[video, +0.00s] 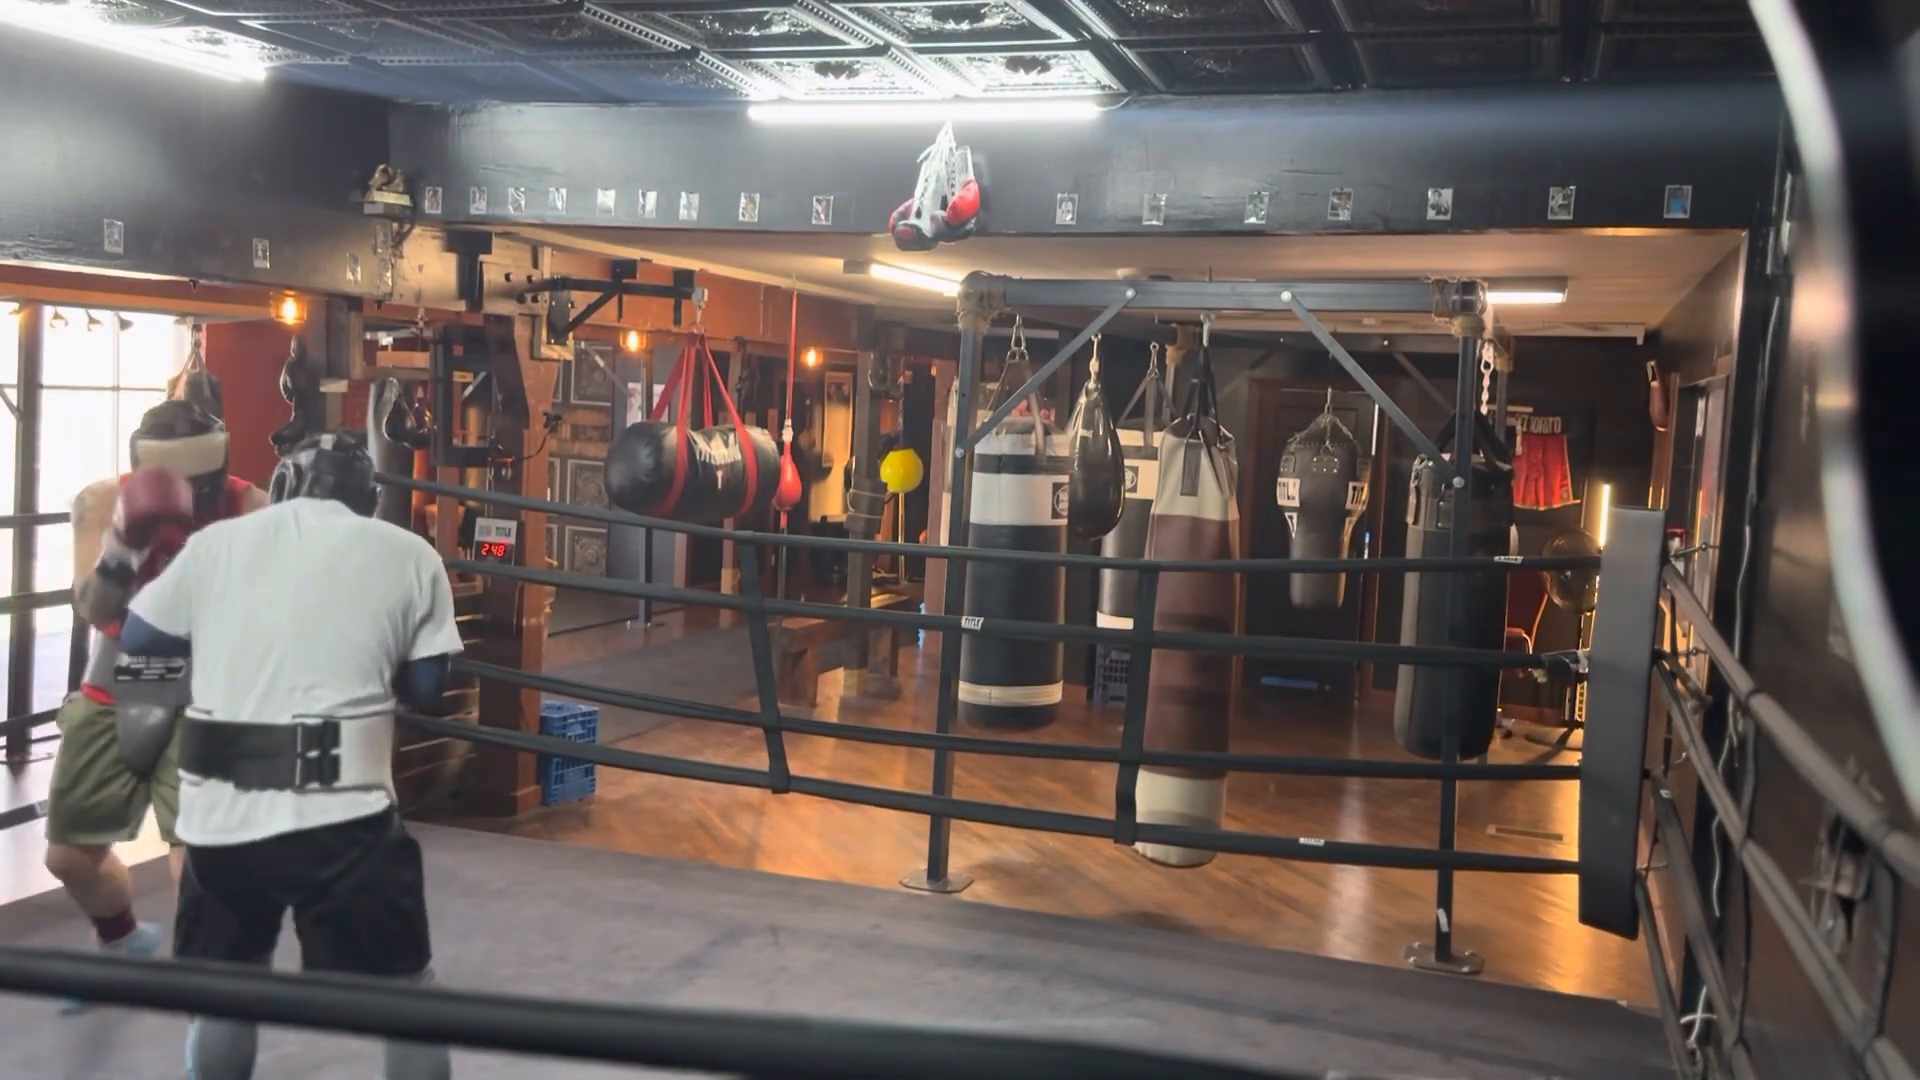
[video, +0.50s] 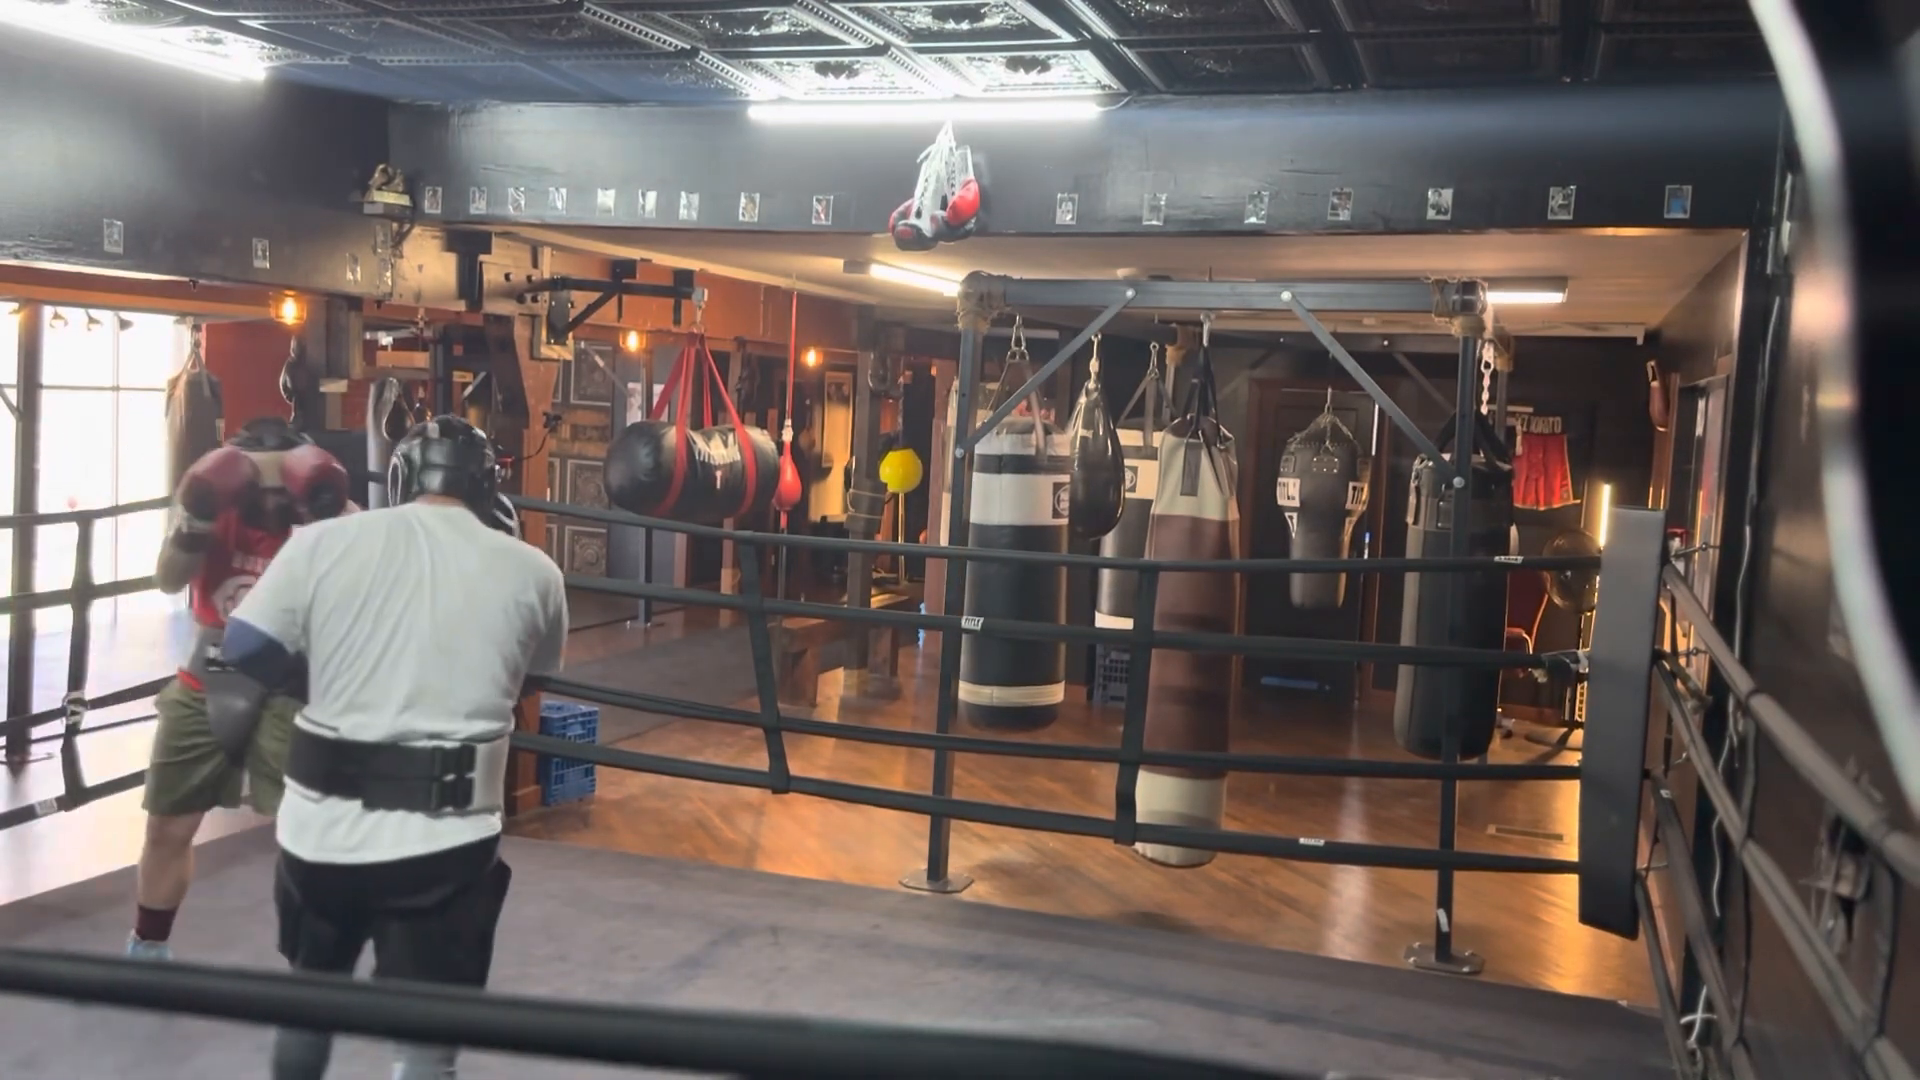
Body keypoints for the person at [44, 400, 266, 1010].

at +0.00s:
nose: (179, 491)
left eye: (193, 476)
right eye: (165, 476)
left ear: (217, 464)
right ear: (139, 466)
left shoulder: (248, 507)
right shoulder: (102, 505)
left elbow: (271, 600)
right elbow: (95, 614)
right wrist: (125, 541)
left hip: (202, 693)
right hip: (108, 692)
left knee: (195, 858)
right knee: (72, 857)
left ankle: (206, 984)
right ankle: (126, 946)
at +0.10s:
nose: (187, 480)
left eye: (198, 469)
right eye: (174, 469)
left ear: (219, 466)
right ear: (152, 467)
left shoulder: (233, 519)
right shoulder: (114, 513)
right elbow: (130, 593)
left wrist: (257, 512)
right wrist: (159, 517)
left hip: (208, 700)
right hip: (118, 705)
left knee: (203, 849)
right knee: (117, 853)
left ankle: (210, 978)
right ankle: (146, 960)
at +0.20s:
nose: (198, 451)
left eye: (210, 438)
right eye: (185, 439)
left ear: (228, 445)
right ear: (162, 448)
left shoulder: (245, 505)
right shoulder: (120, 507)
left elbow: (270, 579)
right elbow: (136, 588)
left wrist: (265, 515)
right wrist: (169, 513)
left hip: (231, 694)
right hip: (140, 699)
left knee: (227, 841)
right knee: (139, 847)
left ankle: (238, 975)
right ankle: (148, 967)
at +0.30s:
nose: (200, 456)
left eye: (215, 444)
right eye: (189, 443)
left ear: (242, 441)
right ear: (171, 438)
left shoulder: (272, 488)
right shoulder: (145, 491)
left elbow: (301, 587)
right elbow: (130, 584)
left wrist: (288, 524)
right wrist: (157, 512)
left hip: (249, 680)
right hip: (156, 680)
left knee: (260, 835)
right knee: (152, 835)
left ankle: (288, 987)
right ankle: (147, 962)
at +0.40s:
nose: (222, 471)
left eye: (237, 460)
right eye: (210, 460)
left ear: (260, 455)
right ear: (193, 460)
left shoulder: (292, 502)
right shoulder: (180, 500)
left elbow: (329, 575)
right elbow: (136, 576)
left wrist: (310, 513)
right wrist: (160, 511)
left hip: (260, 680)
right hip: (173, 679)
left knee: (292, 823)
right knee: (156, 829)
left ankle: (349, 954)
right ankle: (148, 953)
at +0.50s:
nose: (266, 486)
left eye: (277, 473)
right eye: (252, 475)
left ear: (298, 467)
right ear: (232, 473)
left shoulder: (322, 519)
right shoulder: (218, 511)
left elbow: (361, 571)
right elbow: (169, 578)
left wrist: (332, 514)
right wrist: (194, 516)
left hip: (290, 689)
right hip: (203, 681)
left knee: (309, 827)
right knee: (167, 827)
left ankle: (322, 959)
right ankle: (146, 956)